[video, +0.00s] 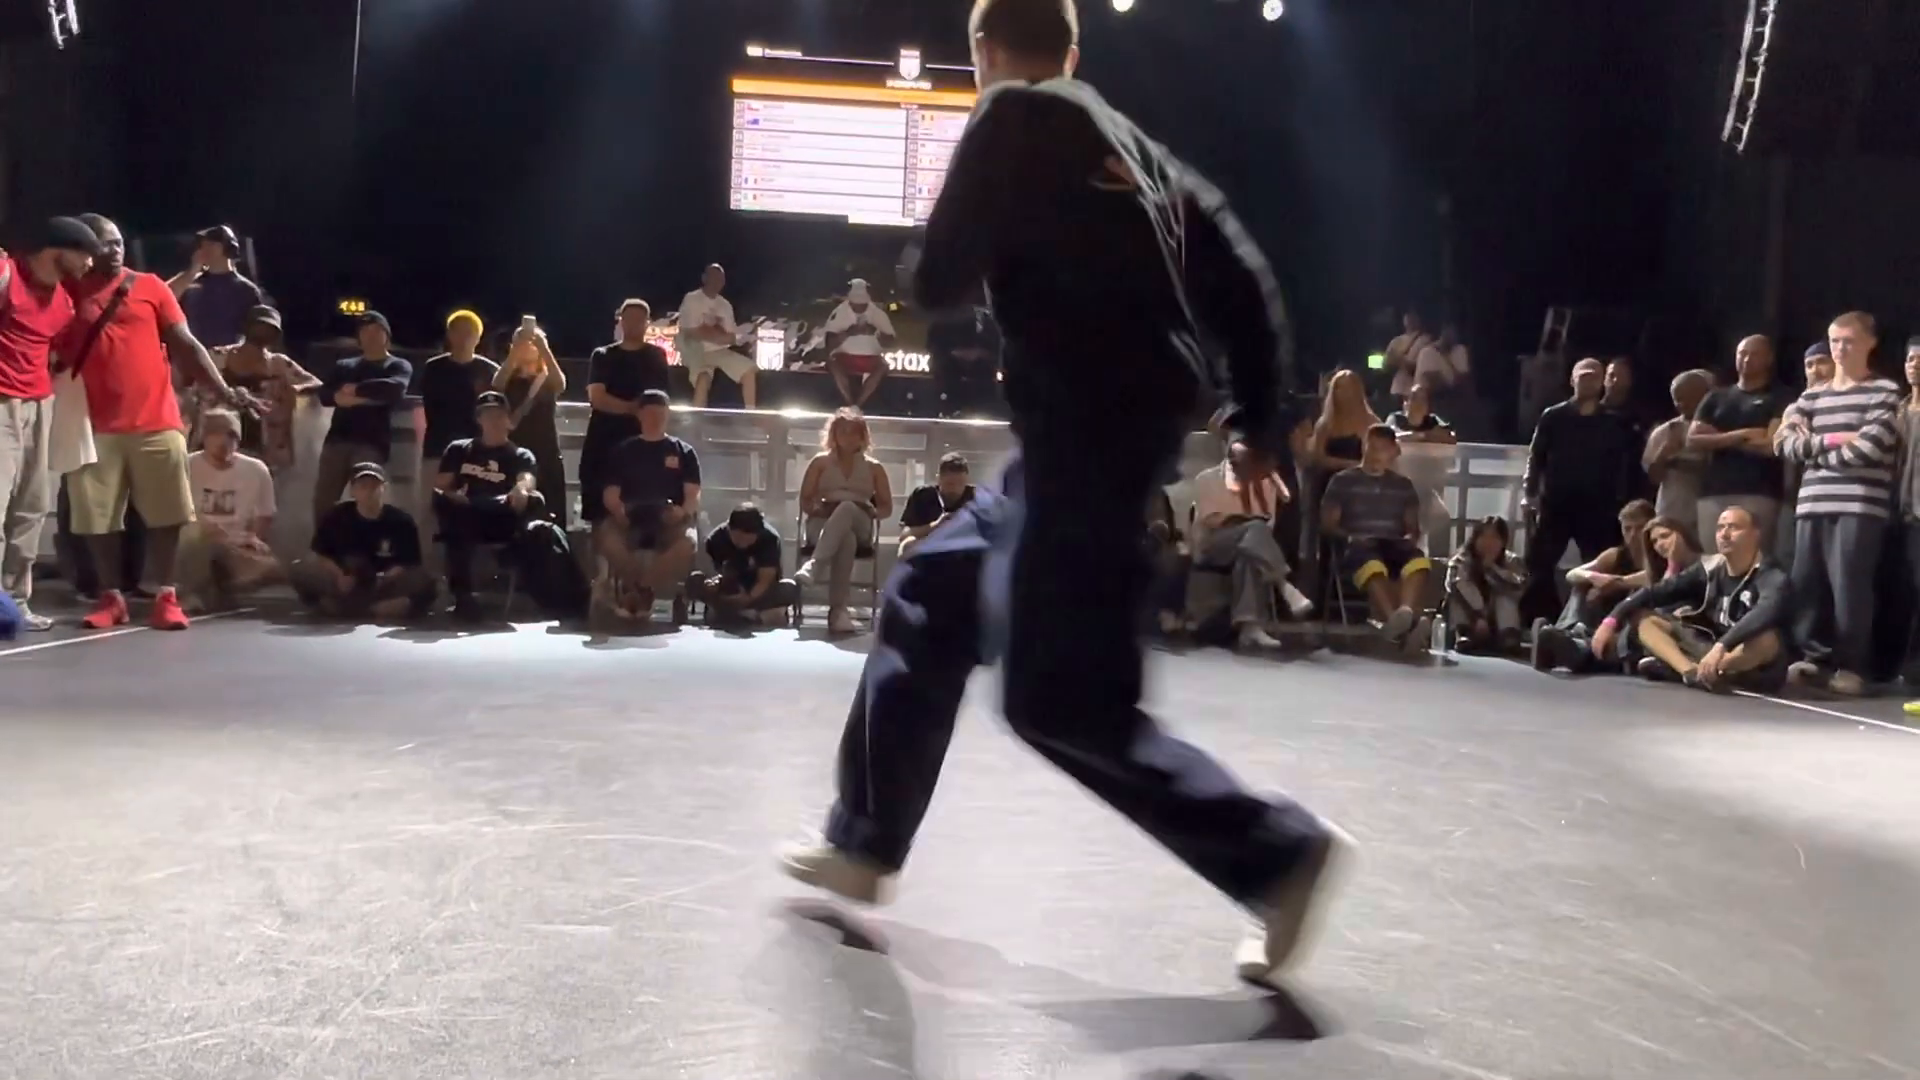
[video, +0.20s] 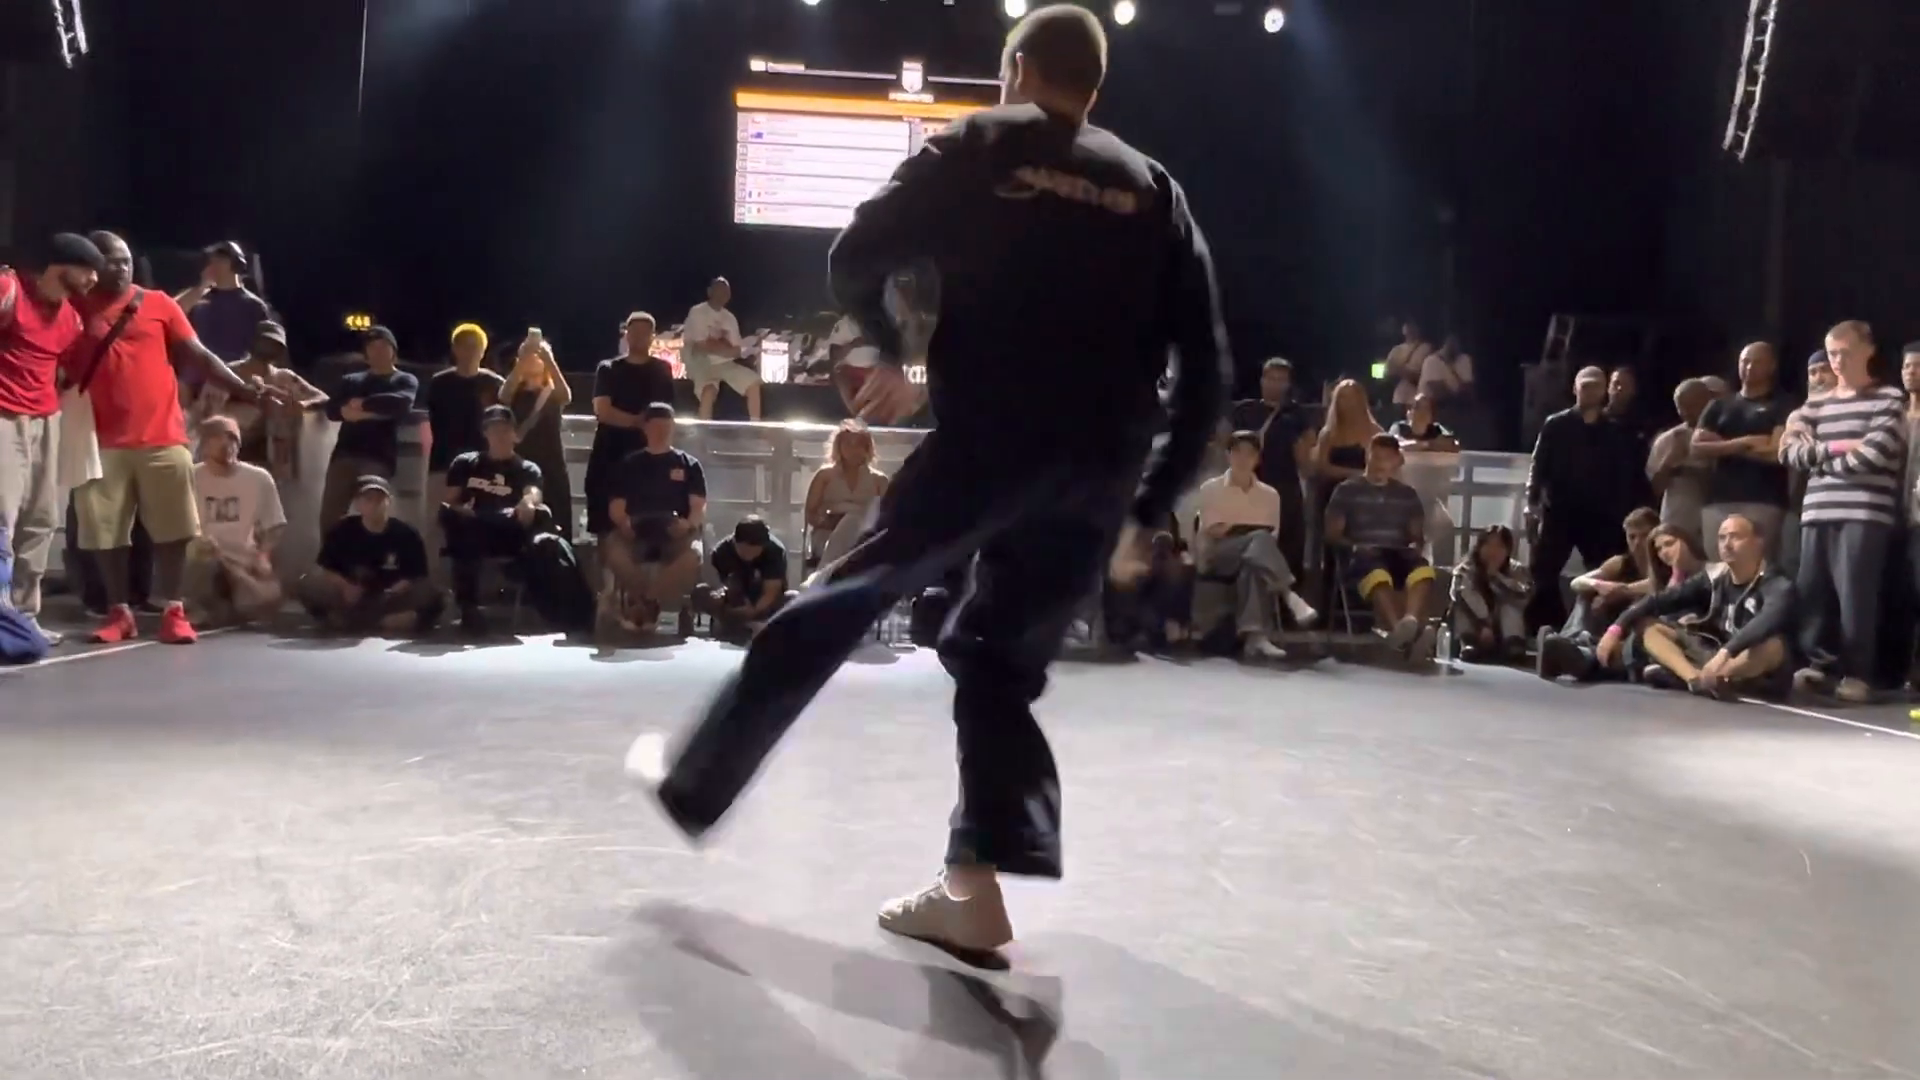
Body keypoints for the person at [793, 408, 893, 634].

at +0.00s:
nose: (850, 437)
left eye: (856, 432)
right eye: (844, 432)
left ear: (863, 436)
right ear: (834, 435)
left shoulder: (874, 468)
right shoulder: (820, 463)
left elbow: (886, 508)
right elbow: (805, 502)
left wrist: (866, 511)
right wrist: (825, 511)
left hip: (861, 529)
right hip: (822, 525)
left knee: (846, 508)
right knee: (847, 538)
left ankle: (813, 565)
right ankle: (838, 611)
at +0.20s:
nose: (855, 450)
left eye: (861, 445)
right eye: (849, 445)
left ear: (868, 449)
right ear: (839, 448)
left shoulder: (879, 481)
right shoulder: (825, 475)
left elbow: (884, 517)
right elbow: (811, 514)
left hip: (865, 537)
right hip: (828, 533)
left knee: (851, 520)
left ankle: (821, 578)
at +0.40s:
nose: (854, 451)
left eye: (860, 447)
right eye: (849, 446)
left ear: (868, 451)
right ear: (839, 449)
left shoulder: (879, 482)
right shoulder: (825, 477)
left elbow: (890, 522)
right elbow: (811, 518)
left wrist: (865, 525)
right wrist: (836, 527)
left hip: (867, 543)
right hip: (827, 540)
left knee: (852, 522)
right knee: (851, 552)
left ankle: (820, 579)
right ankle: (844, 627)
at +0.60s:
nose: (854, 451)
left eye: (859, 447)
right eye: (849, 446)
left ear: (868, 451)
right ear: (839, 449)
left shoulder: (880, 483)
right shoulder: (826, 478)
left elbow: (891, 522)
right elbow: (812, 518)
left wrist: (871, 525)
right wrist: (834, 526)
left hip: (867, 544)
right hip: (828, 540)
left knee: (852, 523)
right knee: (853, 553)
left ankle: (821, 579)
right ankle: (845, 626)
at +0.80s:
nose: (856, 454)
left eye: (861, 449)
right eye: (851, 449)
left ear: (869, 453)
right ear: (841, 451)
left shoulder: (877, 482)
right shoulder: (827, 478)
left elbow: (883, 517)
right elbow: (813, 517)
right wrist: (831, 527)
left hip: (869, 543)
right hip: (830, 540)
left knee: (855, 524)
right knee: (855, 554)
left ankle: (823, 581)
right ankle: (847, 627)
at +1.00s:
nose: (857, 453)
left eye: (863, 448)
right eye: (852, 447)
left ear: (872, 453)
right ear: (842, 450)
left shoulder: (883, 484)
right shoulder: (829, 479)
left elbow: (895, 524)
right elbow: (815, 518)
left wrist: (877, 526)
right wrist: (835, 527)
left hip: (871, 544)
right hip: (831, 542)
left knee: (856, 524)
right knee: (857, 553)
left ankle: (824, 582)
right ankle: (849, 627)